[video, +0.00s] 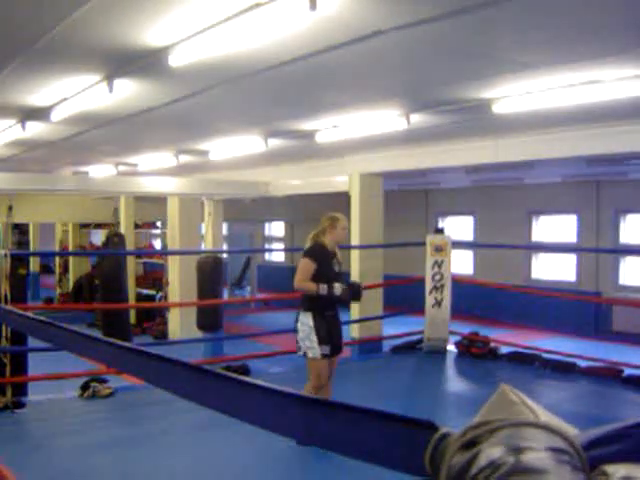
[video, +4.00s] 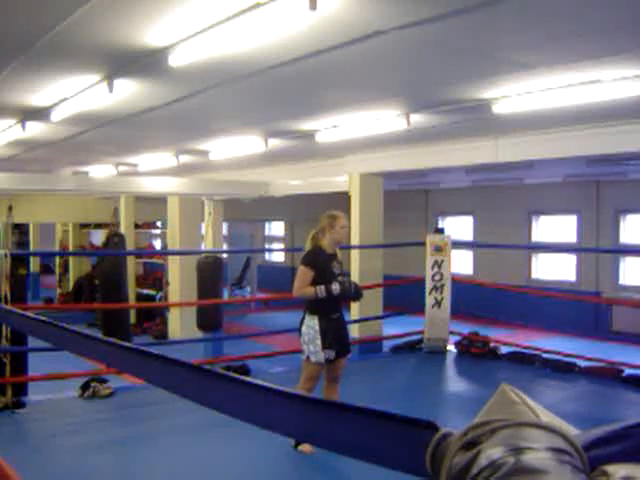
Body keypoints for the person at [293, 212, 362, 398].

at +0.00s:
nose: (346, 234)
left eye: (346, 229)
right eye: (343, 229)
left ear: (333, 229)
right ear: (330, 229)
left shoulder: (335, 254)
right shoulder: (315, 251)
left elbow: (330, 283)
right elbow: (299, 282)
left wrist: (348, 288)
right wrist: (330, 289)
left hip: (330, 313)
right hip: (312, 314)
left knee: (327, 376)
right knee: (318, 379)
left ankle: (321, 420)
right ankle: (300, 420)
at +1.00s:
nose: (327, 232)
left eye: (328, 228)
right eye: (323, 227)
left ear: (321, 230)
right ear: (310, 229)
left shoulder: (318, 254)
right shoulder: (296, 253)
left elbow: (318, 283)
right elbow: (281, 288)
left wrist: (331, 284)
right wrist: (313, 283)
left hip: (314, 315)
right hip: (294, 316)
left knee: (326, 375)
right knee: (296, 377)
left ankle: (316, 429)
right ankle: (297, 432)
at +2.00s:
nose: (318, 233)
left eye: (319, 228)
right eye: (313, 228)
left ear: (317, 232)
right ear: (299, 231)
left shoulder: (318, 256)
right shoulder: (284, 260)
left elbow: (324, 283)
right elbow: (268, 294)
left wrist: (324, 289)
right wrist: (298, 292)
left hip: (315, 319)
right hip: (291, 321)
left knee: (328, 380)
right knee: (292, 381)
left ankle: (326, 430)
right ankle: (297, 435)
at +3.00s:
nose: (341, 233)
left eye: (342, 228)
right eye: (338, 228)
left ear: (334, 230)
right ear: (324, 228)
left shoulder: (332, 258)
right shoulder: (308, 256)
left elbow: (330, 289)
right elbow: (292, 290)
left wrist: (346, 291)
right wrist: (324, 289)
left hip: (331, 317)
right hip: (310, 317)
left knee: (331, 378)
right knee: (305, 379)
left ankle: (329, 429)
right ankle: (300, 433)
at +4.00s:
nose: (346, 233)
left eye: (347, 229)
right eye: (343, 228)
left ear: (337, 230)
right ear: (328, 229)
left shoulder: (336, 258)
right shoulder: (313, 256)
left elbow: (333, 288)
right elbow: (298, 290)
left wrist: (350, 290)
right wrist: (330, 289)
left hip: (335, 318)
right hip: (316, 318)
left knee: (334, 378)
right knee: (309, 380)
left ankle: (330, 428)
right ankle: (300, 431)